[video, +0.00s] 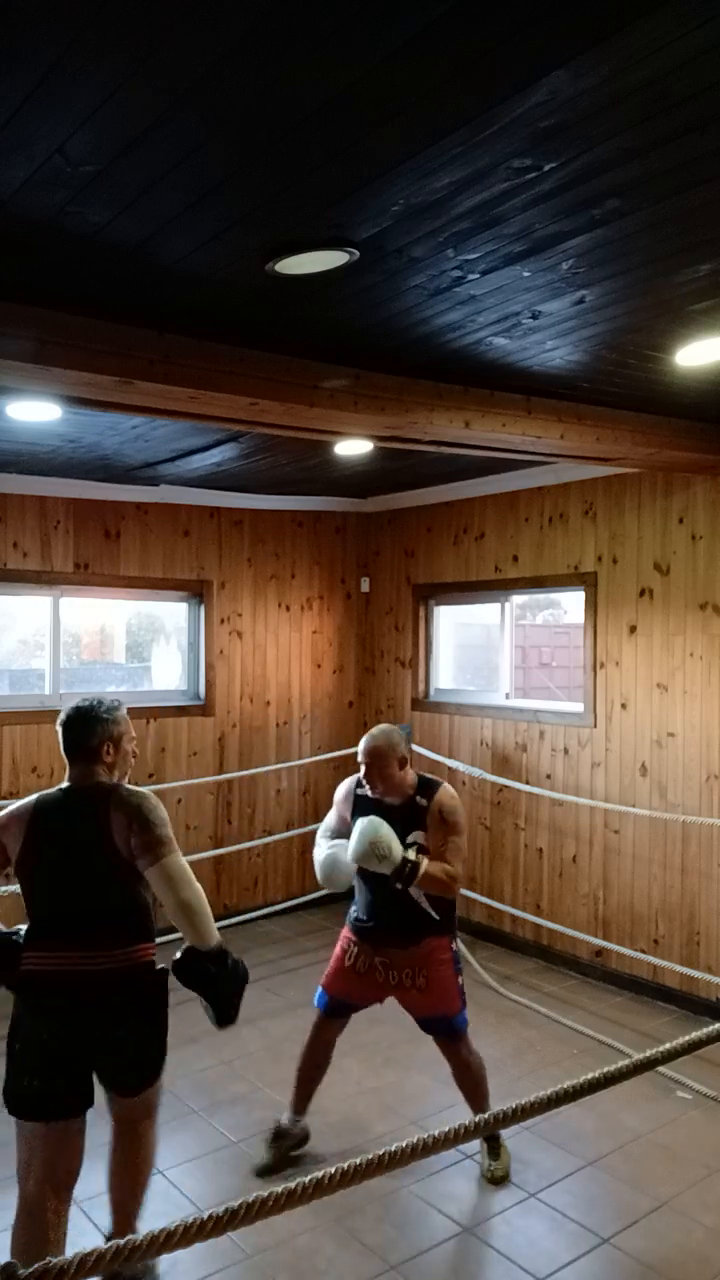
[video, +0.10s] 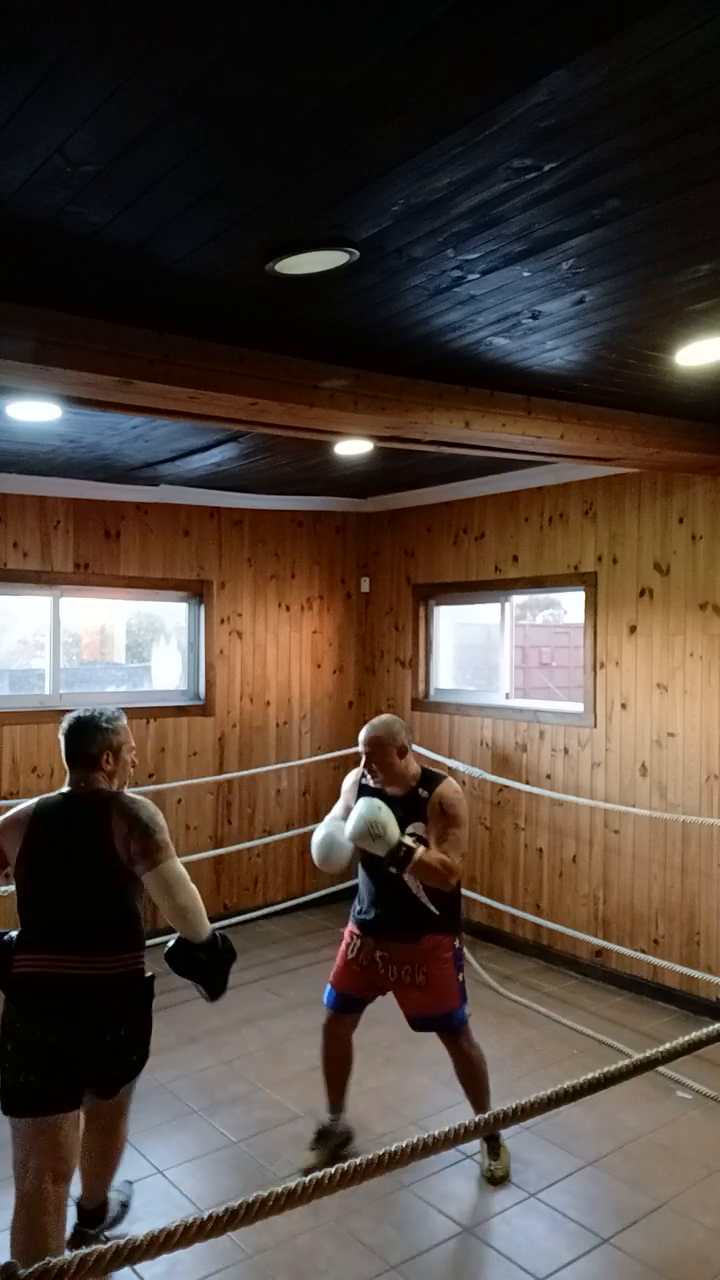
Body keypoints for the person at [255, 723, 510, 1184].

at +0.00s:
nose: (367, 777)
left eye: (375, 769)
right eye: (362, 768)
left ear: (405, 763)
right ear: (360, 762)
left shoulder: (443, 802)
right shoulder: (351, 791)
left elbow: (452, 880)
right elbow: (327, 841)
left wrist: (399, 862)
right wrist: (333, 861)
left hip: (426, 943)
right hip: (363, 936)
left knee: (455, 1045)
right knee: (325, 1025)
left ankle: (490, 1135)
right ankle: (293, 1124)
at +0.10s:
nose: (368, 769)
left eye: (376, 760)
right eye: (364, 759)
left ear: (404, 752)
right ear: (363, 756)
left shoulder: (445, 794)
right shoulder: (356, 783)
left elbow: (450, 874)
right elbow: (339, 848)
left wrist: (395, 845)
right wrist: (331, 846)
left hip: (429, 937)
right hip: (367, 929)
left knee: (457, 1039)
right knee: (336, 1022)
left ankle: (489, 1134)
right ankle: (335, 1125)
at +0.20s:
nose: (361, 768)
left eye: (369, 759)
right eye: (358, 759)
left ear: (400, 750)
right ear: (359, 756)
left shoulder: (438, 792)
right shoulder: (356, 781)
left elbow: (437, 869)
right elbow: (344, 841)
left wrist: (382, 836)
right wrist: (321, 837)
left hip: (429, 939)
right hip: (368, 935)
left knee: (459, 1038)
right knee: (349, 1031)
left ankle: (490, 1134)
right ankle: (366, 1132)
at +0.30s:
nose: (345, 766)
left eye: (351, 758)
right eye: (342, 758)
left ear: (381, 752)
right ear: (354, 757)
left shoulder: (427, 792)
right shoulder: (348, 786)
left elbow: (434, 870)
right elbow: (342, 850)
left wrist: (377, 841)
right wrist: (318, 842)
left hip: (424, 941)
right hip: (365, 935)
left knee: (451, 1045)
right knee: (346, 1032)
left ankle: (489, 1135)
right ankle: (366, 1132)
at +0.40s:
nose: (330, 769)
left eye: (337, 761)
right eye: (327, 761)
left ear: (366, 754)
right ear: (330, 758)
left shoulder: (418, 791)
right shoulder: (339, 789)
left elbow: (438, 870)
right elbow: (342, 854)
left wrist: (379, 851)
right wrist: (313, 842)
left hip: (418, 943)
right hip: (361, 937)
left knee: (432, 1056)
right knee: (345, 1033)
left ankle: (486, 1124)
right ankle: (366, 1132)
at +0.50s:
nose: (320, 768)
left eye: (325, 758)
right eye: (317, 759)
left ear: (354, 749)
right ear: (336, 755)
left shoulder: (412, 788)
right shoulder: (336, 791)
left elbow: (439, 868)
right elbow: (338, 856)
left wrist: (378, 853)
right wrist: (310, 839)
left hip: (415, 940)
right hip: (361, 935)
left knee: (415, 1055)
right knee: (349, 1030)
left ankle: (478, 1137)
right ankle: (366, 1132)